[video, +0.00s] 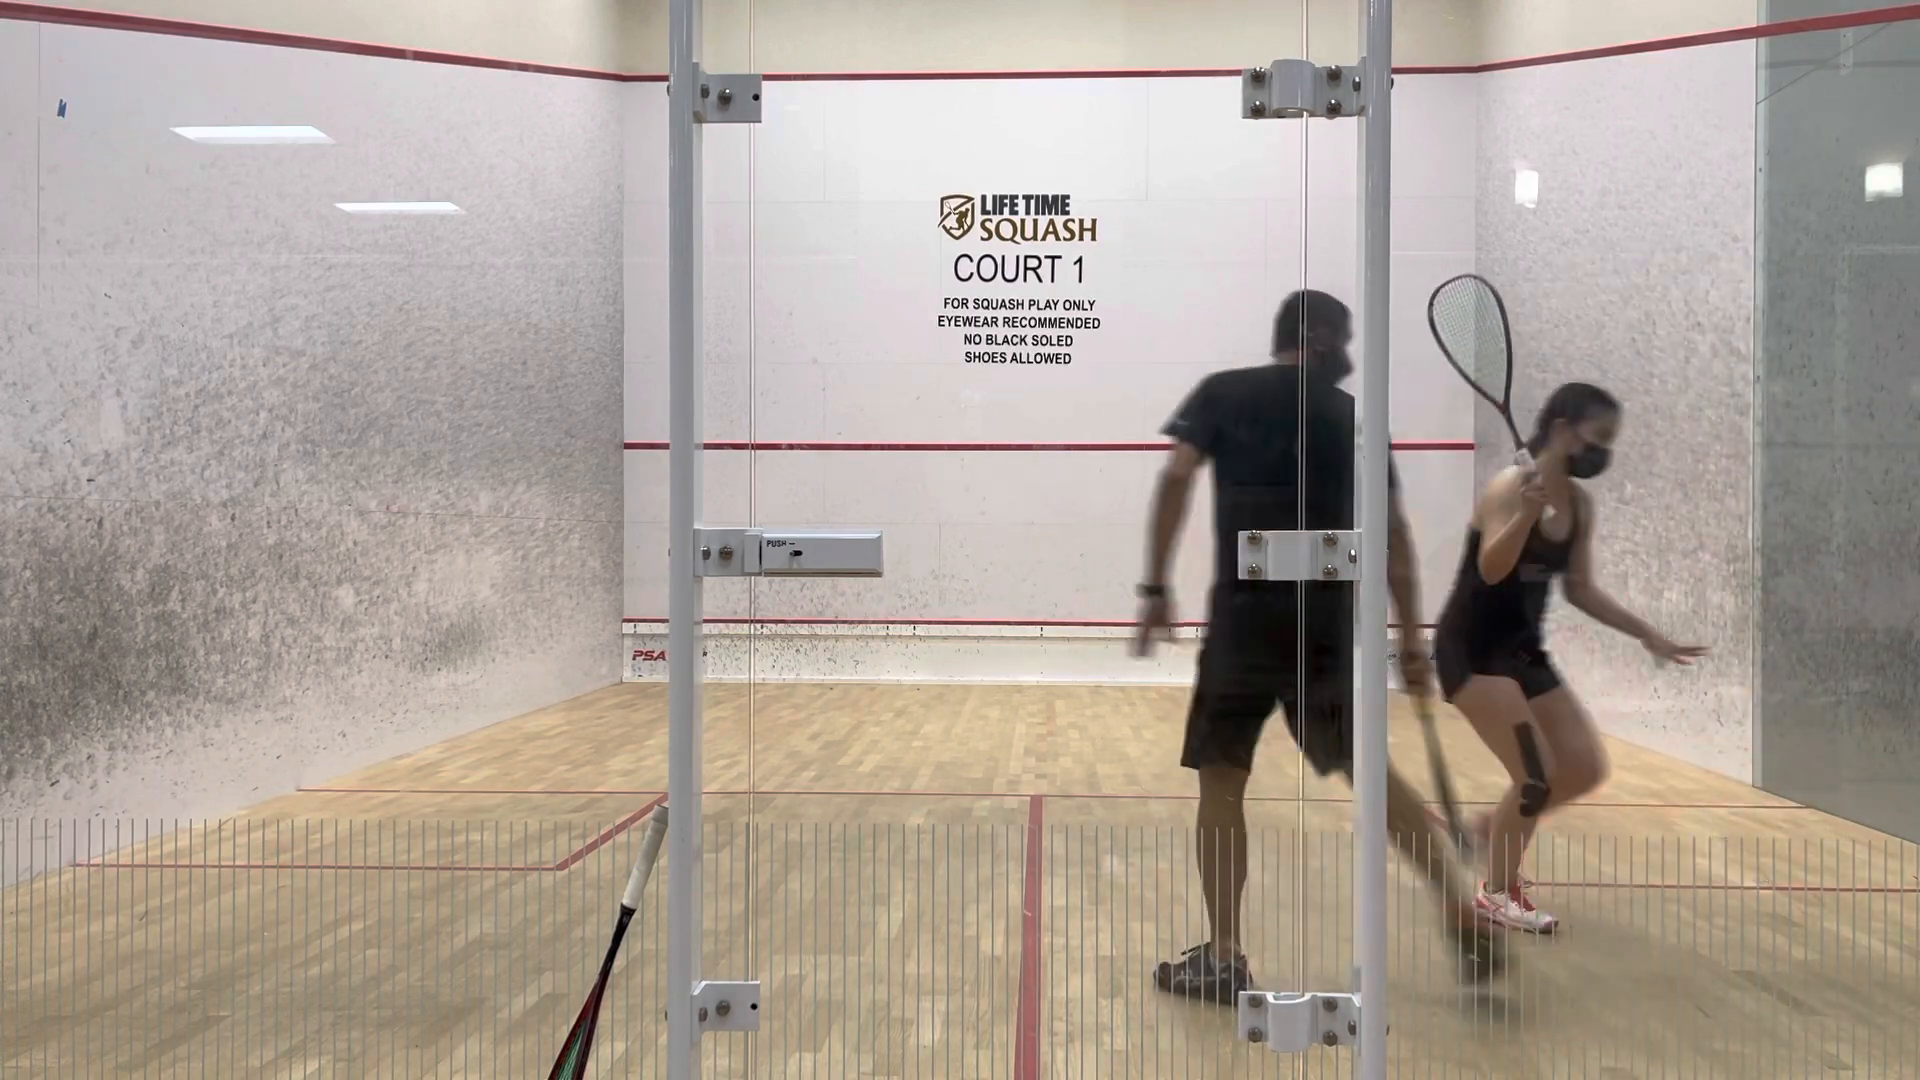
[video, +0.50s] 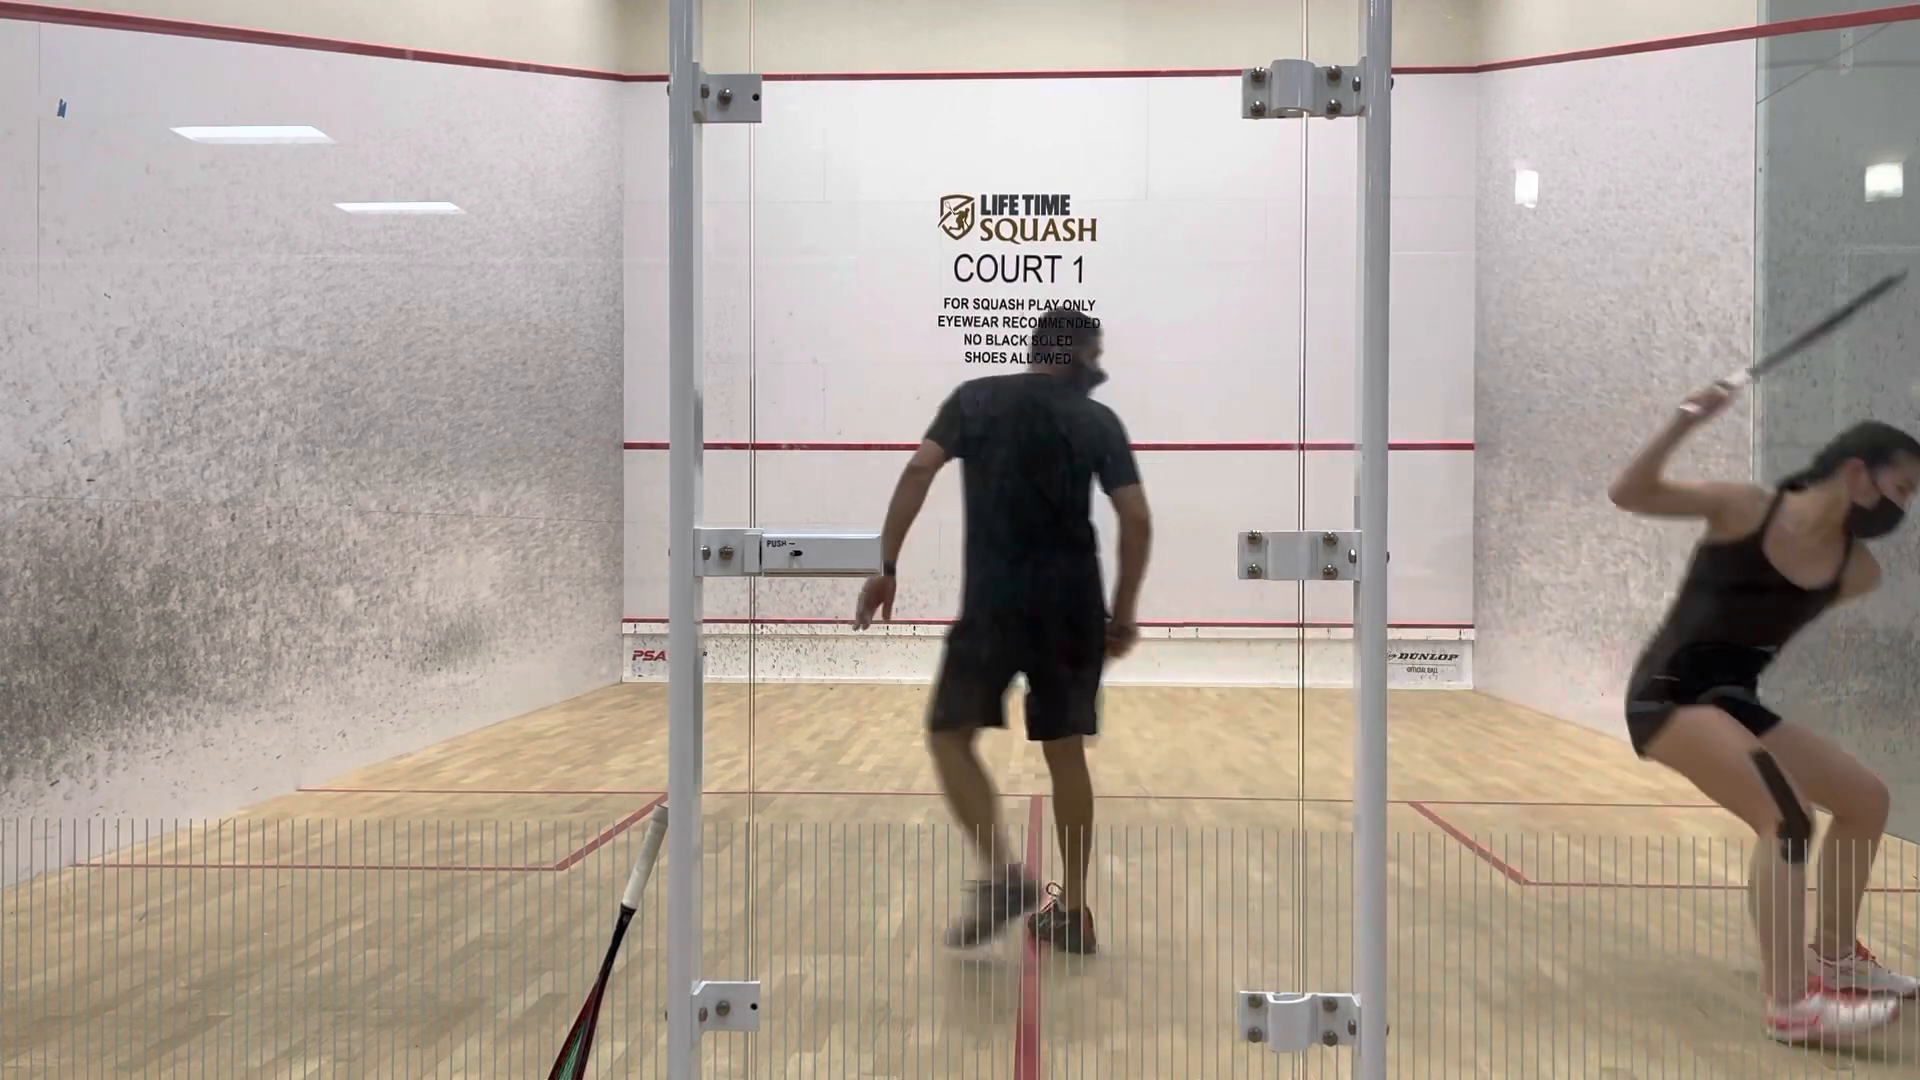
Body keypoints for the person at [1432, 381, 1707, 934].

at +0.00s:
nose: (1605, 452)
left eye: (1609, 442)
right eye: (1598, 438)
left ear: (1573, 436)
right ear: (1561, 428)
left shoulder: (1578, 502)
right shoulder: (1510, 487)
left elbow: (1580, 589)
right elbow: (1491, 570)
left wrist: (1647, 634)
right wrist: (1525, 514)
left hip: (1523, 648)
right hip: (1470, 649)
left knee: (1584, 768)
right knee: (1534, 777)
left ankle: (1479, 830)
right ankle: (1498, 892)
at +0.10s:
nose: (1670, 447)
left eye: (1676, 437)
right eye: (1664, 432)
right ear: (1624, 421)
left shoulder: (1639, 502)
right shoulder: (1572, 480)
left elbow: (1647, 593)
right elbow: (1523, 556)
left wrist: (1723, 623)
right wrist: (1545, 493)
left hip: (1581, 650)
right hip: (1523, 651)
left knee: (1670, 756)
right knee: (1575, 795)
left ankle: (1673, 904)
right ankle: (1503, 884)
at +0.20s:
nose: (1736, 456)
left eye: (1742, 446)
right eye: (1729, 441)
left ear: (1705, 438)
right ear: (1689, 428)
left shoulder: (1707, 510)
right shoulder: (1619, 486)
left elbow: (1726, 600)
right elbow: (1555, 552)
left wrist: (1807, 632)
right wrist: (1565, 481)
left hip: (1657, 669)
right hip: (1593, 668)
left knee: (1734, 798)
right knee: (1645, 813)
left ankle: (1795, 943)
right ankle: (1547, 854)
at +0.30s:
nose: (1795, 471)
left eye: (1804, 460)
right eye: (1790, 454)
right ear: (1746, 439)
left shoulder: (1770, 528)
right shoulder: (1660, 494)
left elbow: (1807, 625)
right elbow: (1577, 546)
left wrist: (1861, 699)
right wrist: (1590, 473)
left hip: (1705, 670)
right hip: (1635, 673)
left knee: (1806, 787)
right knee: (1727, 788)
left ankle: (1807, 948)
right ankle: (1646, 893)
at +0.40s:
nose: (1854, 476)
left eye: (1862, 465)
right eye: (1849, 458)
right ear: (1805, 441)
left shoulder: (1815, 536)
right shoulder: (1701, 482)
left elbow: (1811, 612)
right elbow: (1591, 500)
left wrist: (1821, 681)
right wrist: (1625, 427)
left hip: (1720, 670)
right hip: (1647, 666)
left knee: (1841, 786)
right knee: (1757, 784)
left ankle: (1820, 941)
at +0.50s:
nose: (1901, 508)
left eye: (1908, 498)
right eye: (1898, 491)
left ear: (1866, 482)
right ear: (1857, 472)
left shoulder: (1857, 572)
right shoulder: (1745, 507)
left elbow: (1779, 615)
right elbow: (1630, 493)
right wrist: (1681, 423)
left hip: (1734, 701)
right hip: (1666, 696)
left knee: (1865, 801)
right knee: (1785, 819)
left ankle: (1834, 955)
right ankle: (1787, 1004)